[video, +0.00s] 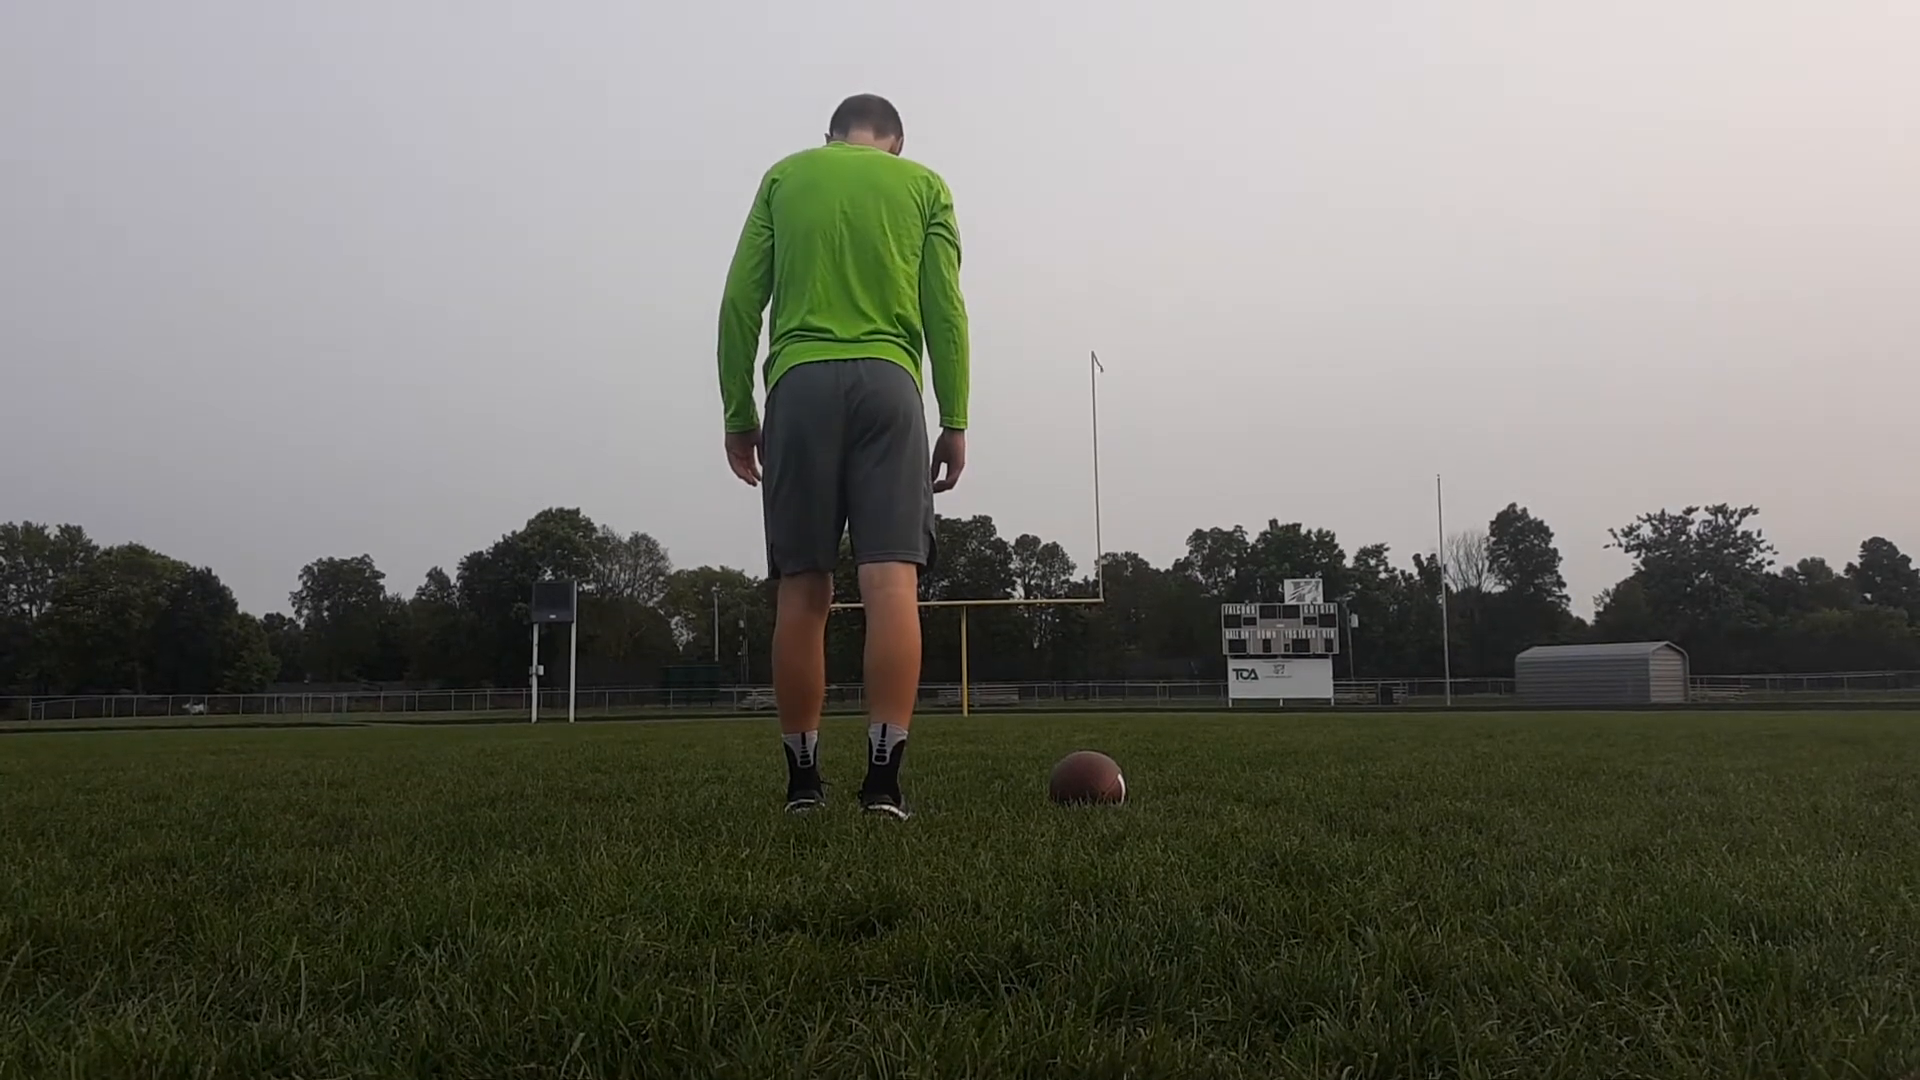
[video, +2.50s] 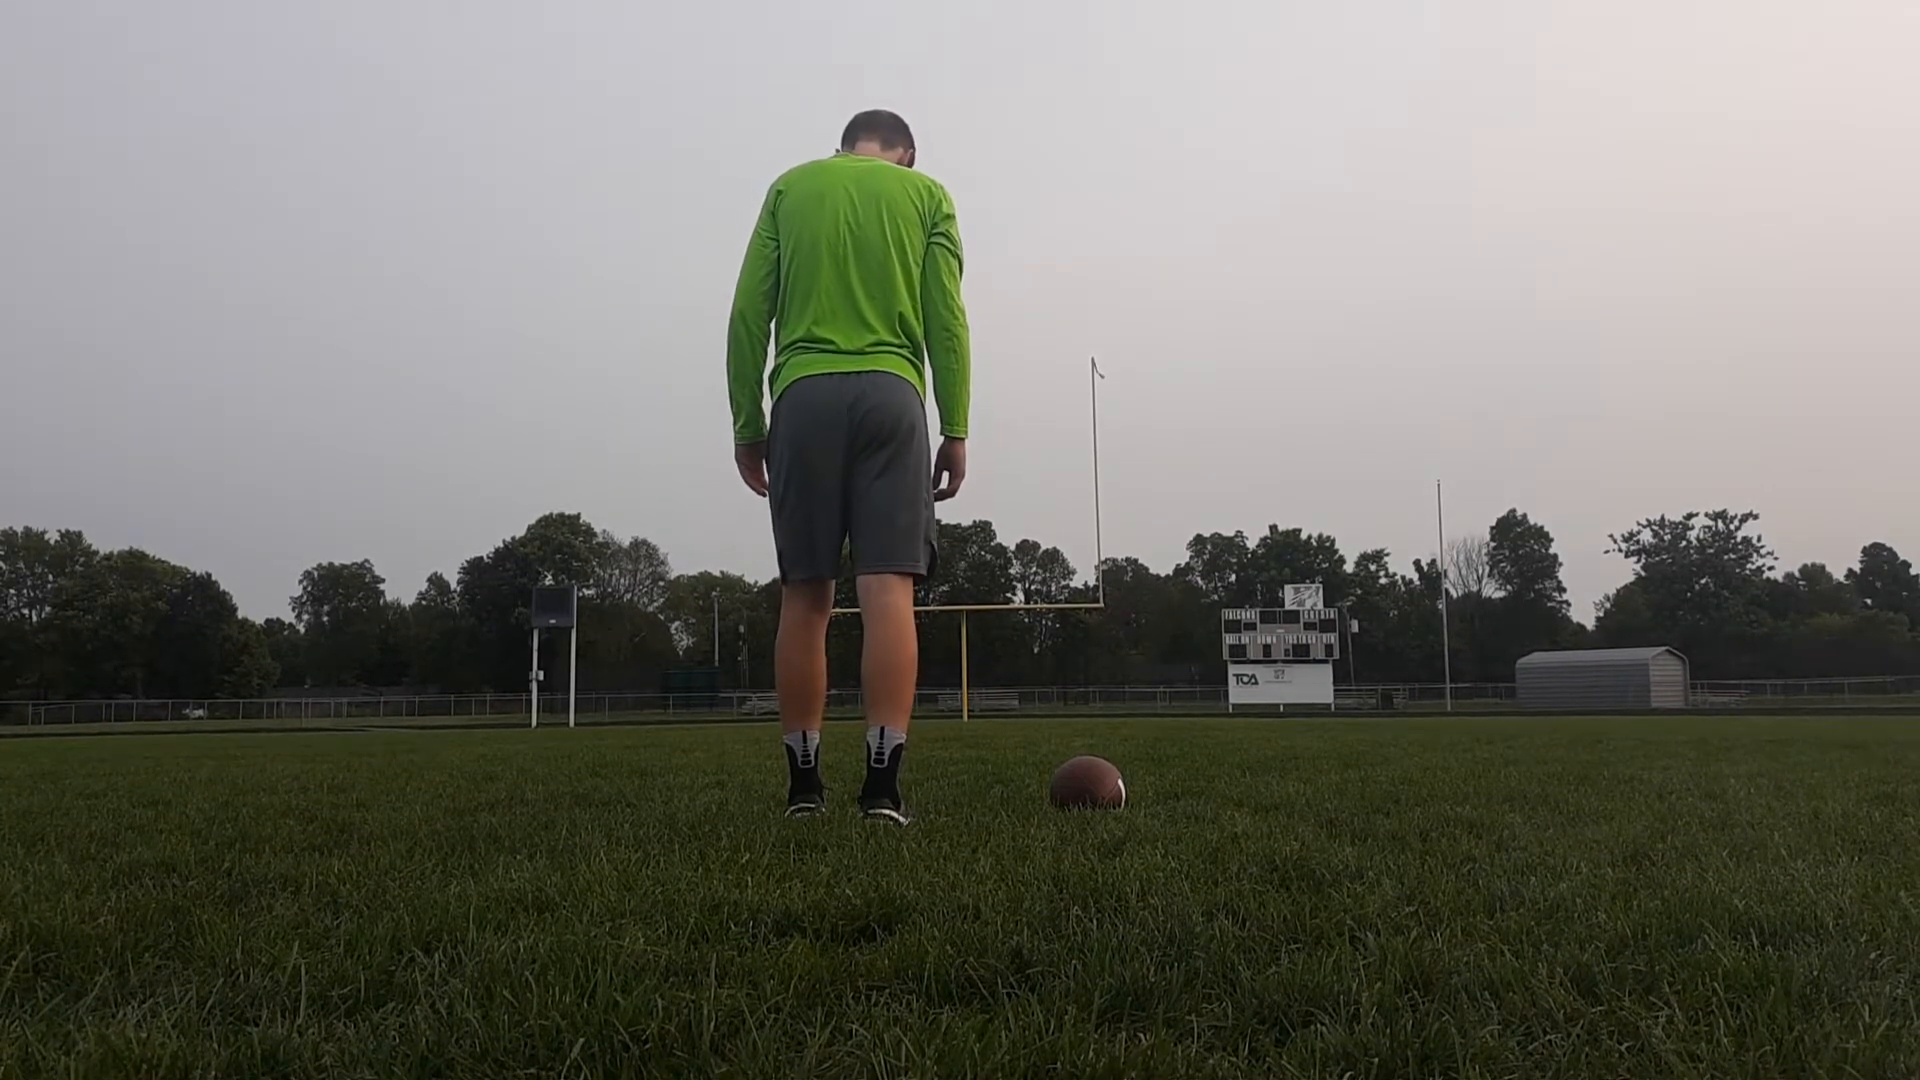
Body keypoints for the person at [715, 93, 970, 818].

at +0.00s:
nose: (895, 157)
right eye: (898, 146)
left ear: (831, 134)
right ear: (895, 139)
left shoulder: (785, 174)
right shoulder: (922, 184)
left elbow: (740, 298)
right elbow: (943, 304)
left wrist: (739, 414)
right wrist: (955, 421)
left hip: (800, 384)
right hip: (887, 383)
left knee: (802, 588)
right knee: (890, 583)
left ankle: (802, 782)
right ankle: (884, 785)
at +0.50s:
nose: (893, 155)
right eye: (894, 146)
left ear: (826, 138)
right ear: (891, 140)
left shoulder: (782, 181)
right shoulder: (918, 184)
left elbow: (743, 309)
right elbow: (942, 306)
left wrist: (743, 424)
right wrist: (954, 423)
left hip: (801, 392)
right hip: (888, 389)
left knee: (805, 590)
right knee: (890, 586)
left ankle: (803, 784)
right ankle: (884, 786)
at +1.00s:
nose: (894, 164)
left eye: (886, 155)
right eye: (896, 154)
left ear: (827, 142)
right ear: (891, 146)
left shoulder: (780, 186)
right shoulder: (914, 187)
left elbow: (743, 310)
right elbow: (937, 306)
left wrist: (743, 428)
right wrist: (950, 424)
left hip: (798, 396)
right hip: (885, 394)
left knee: (803, 591)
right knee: (886, 589)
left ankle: (803, 784)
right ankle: (882, 787)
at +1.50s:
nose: (900, 173)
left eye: (896, 164)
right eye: (902, 162)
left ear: (834, 145)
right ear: (895, 151)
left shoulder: (782, 189)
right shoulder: (917, 193)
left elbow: (743, 315)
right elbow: (939, 313)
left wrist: (743, 427)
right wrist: (952, 426)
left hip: (799, 397)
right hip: (885, 396)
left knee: (803, 596)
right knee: (885, 592)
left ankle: (803, 785)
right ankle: (882, 790)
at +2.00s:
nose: (907, 176)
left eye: (901, 165)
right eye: (908, 166)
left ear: (841, 148)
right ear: (902, 155)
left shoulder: (787, 187)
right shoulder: (923, 193)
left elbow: (745, 311)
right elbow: (943, 313)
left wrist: (743, 427)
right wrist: (955, 429)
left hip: (801, 396)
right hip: (888, 394)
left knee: (804, 595)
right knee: (890, 591)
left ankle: (804, 787)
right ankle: (883, 792)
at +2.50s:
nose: (910, 174)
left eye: (905, 164)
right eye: (911, 164)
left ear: (844, 145)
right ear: (904, 152)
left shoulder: (790, 184)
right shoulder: (925, 192)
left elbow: (749, 310)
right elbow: (945, 314)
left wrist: (748, 425)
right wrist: (956, 428)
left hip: (804, 395)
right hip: (891, 394)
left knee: (805, 595)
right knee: (888, 591)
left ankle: (804, 785)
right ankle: (883, 791)